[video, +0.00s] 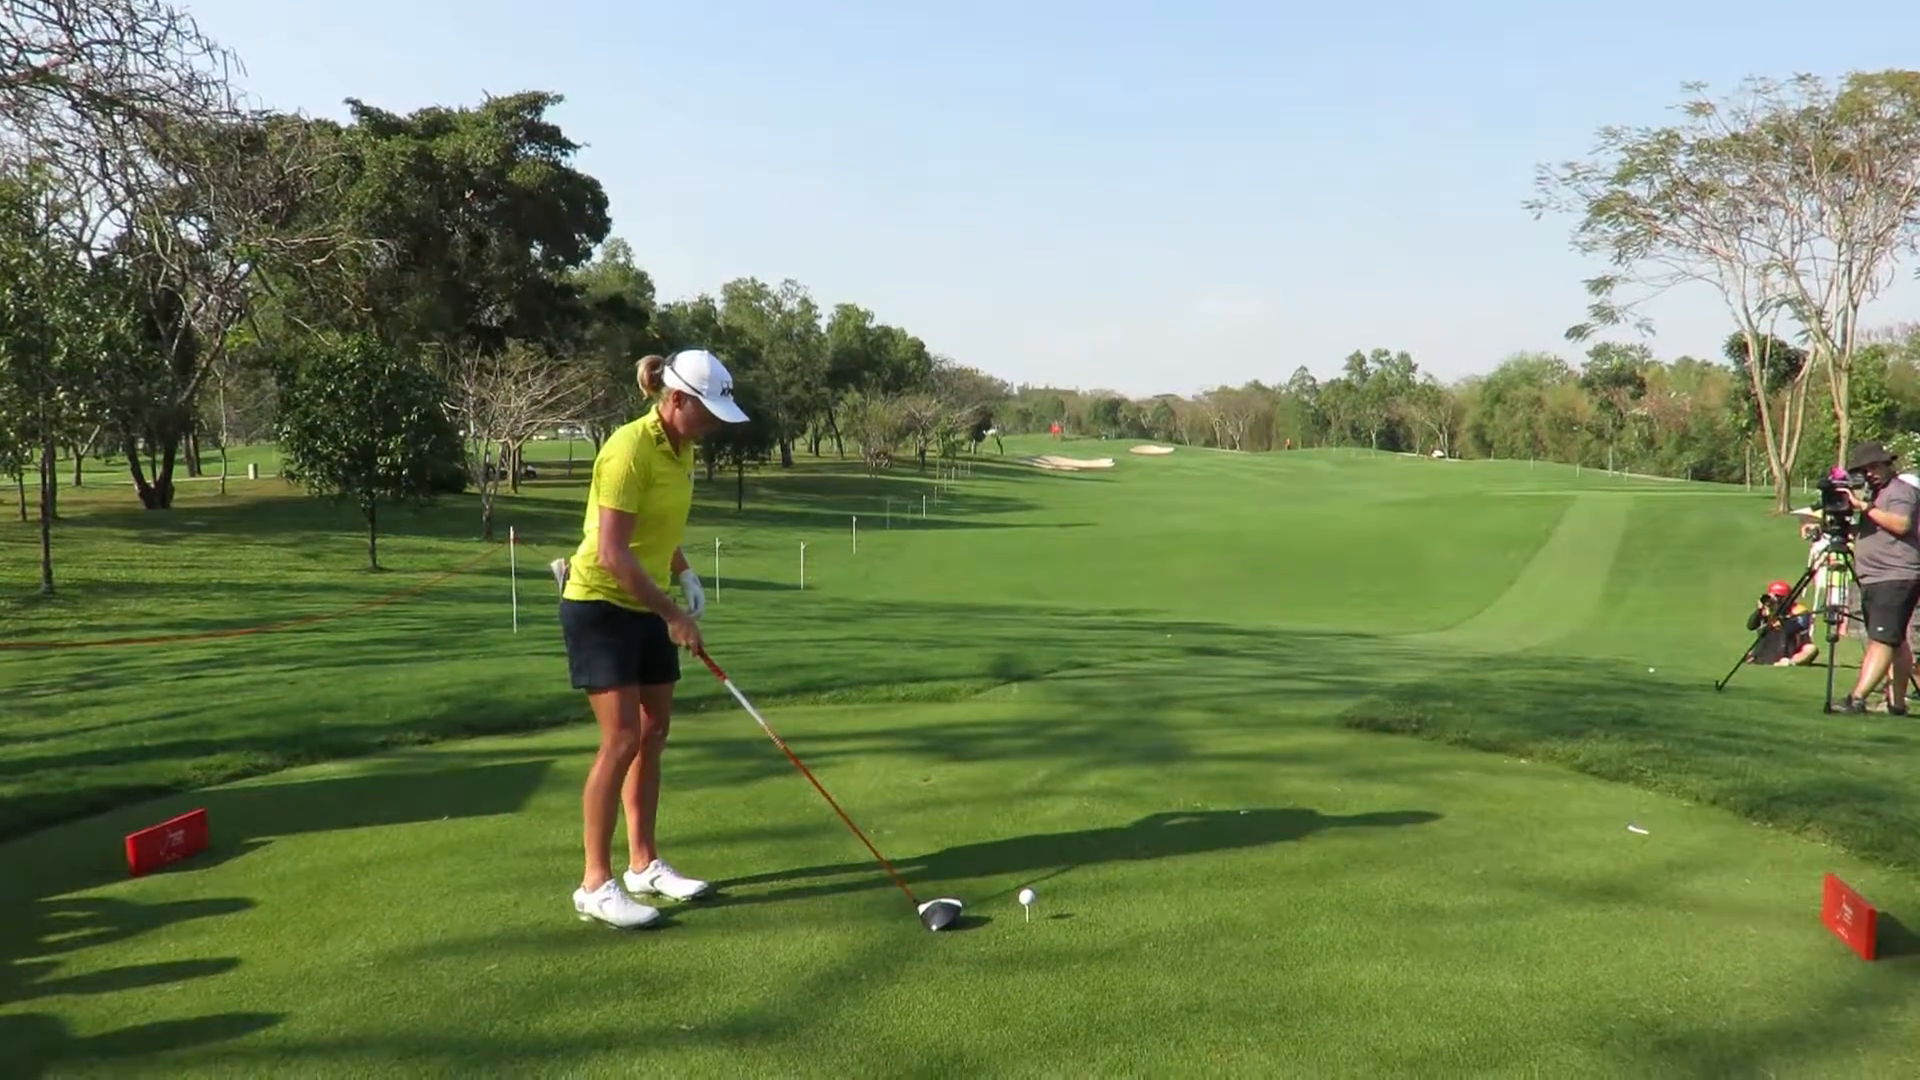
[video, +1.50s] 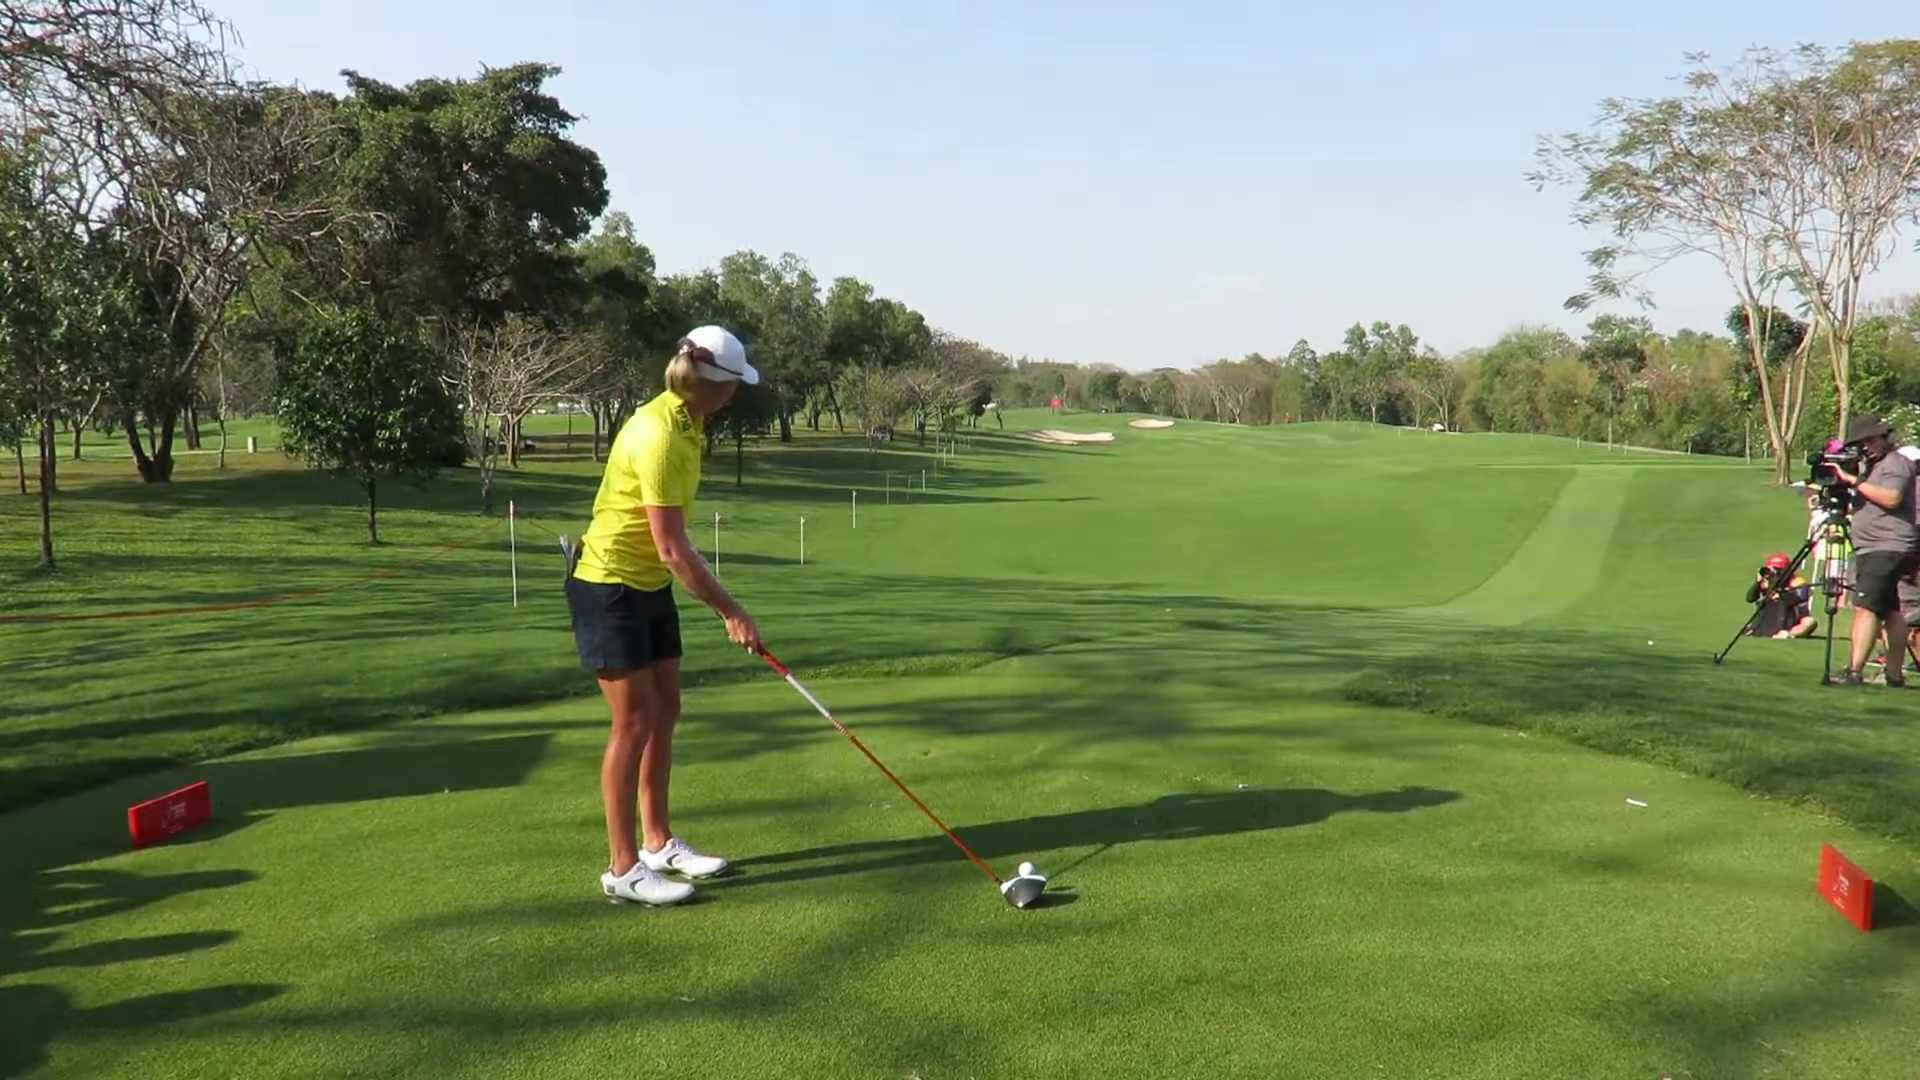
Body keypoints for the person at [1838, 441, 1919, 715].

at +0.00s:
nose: (1868, 475)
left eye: (1872, 469)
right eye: (1864, 471)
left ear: (1886, 466)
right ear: (1864, 473)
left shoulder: (1901, 490)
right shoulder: (1876, 494)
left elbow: (1901, 524)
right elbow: (1867, 531)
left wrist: (1865, 508)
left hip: (1896, 577)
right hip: (1875, 577)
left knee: (1882, 638)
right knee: (1894, 642)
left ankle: (1856, 697)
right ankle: (1898, 702)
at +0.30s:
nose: (1866, 466)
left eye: (1869, 459)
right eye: (1863, 462)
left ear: (1884, 456)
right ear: (1864, 463)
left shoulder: (1899, 480)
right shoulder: (1877, 484)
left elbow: (1899, 515)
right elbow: (1866, 520)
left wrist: (1861, 497)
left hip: (1895, 566)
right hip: (1875, 567)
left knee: (1880, 628)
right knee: (1894, 631)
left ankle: (1855, 688)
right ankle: (1896, 691)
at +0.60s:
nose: (1866, 460)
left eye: (1871, 453)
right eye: (1863, 455)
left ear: (1885, 450)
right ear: (1864, 456)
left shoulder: (1899, 474)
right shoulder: (1878, 478)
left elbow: (1897, 509)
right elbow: (1867, 514)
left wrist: (1860, 492)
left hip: (1894, 560)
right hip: (1877, 561)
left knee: (1874, 620)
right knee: (1894, 626)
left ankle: (1855, 683)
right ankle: (1896, 687)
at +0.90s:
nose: (1866, 454)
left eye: (1870, 447)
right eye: (1863, 449)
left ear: (1885, 444)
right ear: (1863, 451)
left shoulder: (1899, 469)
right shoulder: (1877, 472)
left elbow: (1895, 504)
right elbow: (1864, 508)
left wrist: (1857, 486)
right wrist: (1845, 484)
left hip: (1892, 553)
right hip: (1874, 553)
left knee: (1870, 612)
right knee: (1893, 618)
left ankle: (1855, 677)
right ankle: (1895, 680)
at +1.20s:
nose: (1866, 449)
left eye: (1869, 442)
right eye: (1863, 444)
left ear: (1884, 438)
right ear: (1865, 445)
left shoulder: (1897, 463)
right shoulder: (1880, 466)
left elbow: (1893, 498)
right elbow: (1872, 498)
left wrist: (1857, 482)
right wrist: (1848, 480)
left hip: (1890, 547)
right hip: (1877, 547)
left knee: (1867, 606)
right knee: (1892, 613)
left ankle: (1854, 671)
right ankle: (1895, 674)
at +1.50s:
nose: (1865, 449)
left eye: (1870, 442)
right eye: (1862, 444)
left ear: (1885, 438)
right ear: (1860, 445)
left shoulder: (1896, 463)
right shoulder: (1876, 467)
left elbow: (1891, 498)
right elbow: (1866, 499)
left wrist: (1854, 481)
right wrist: (1843, 479)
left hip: (1888, 547)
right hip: (1874, 547)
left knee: (1866, 606)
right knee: (1891, 612)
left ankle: (1853, 671)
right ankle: (1894, 674)